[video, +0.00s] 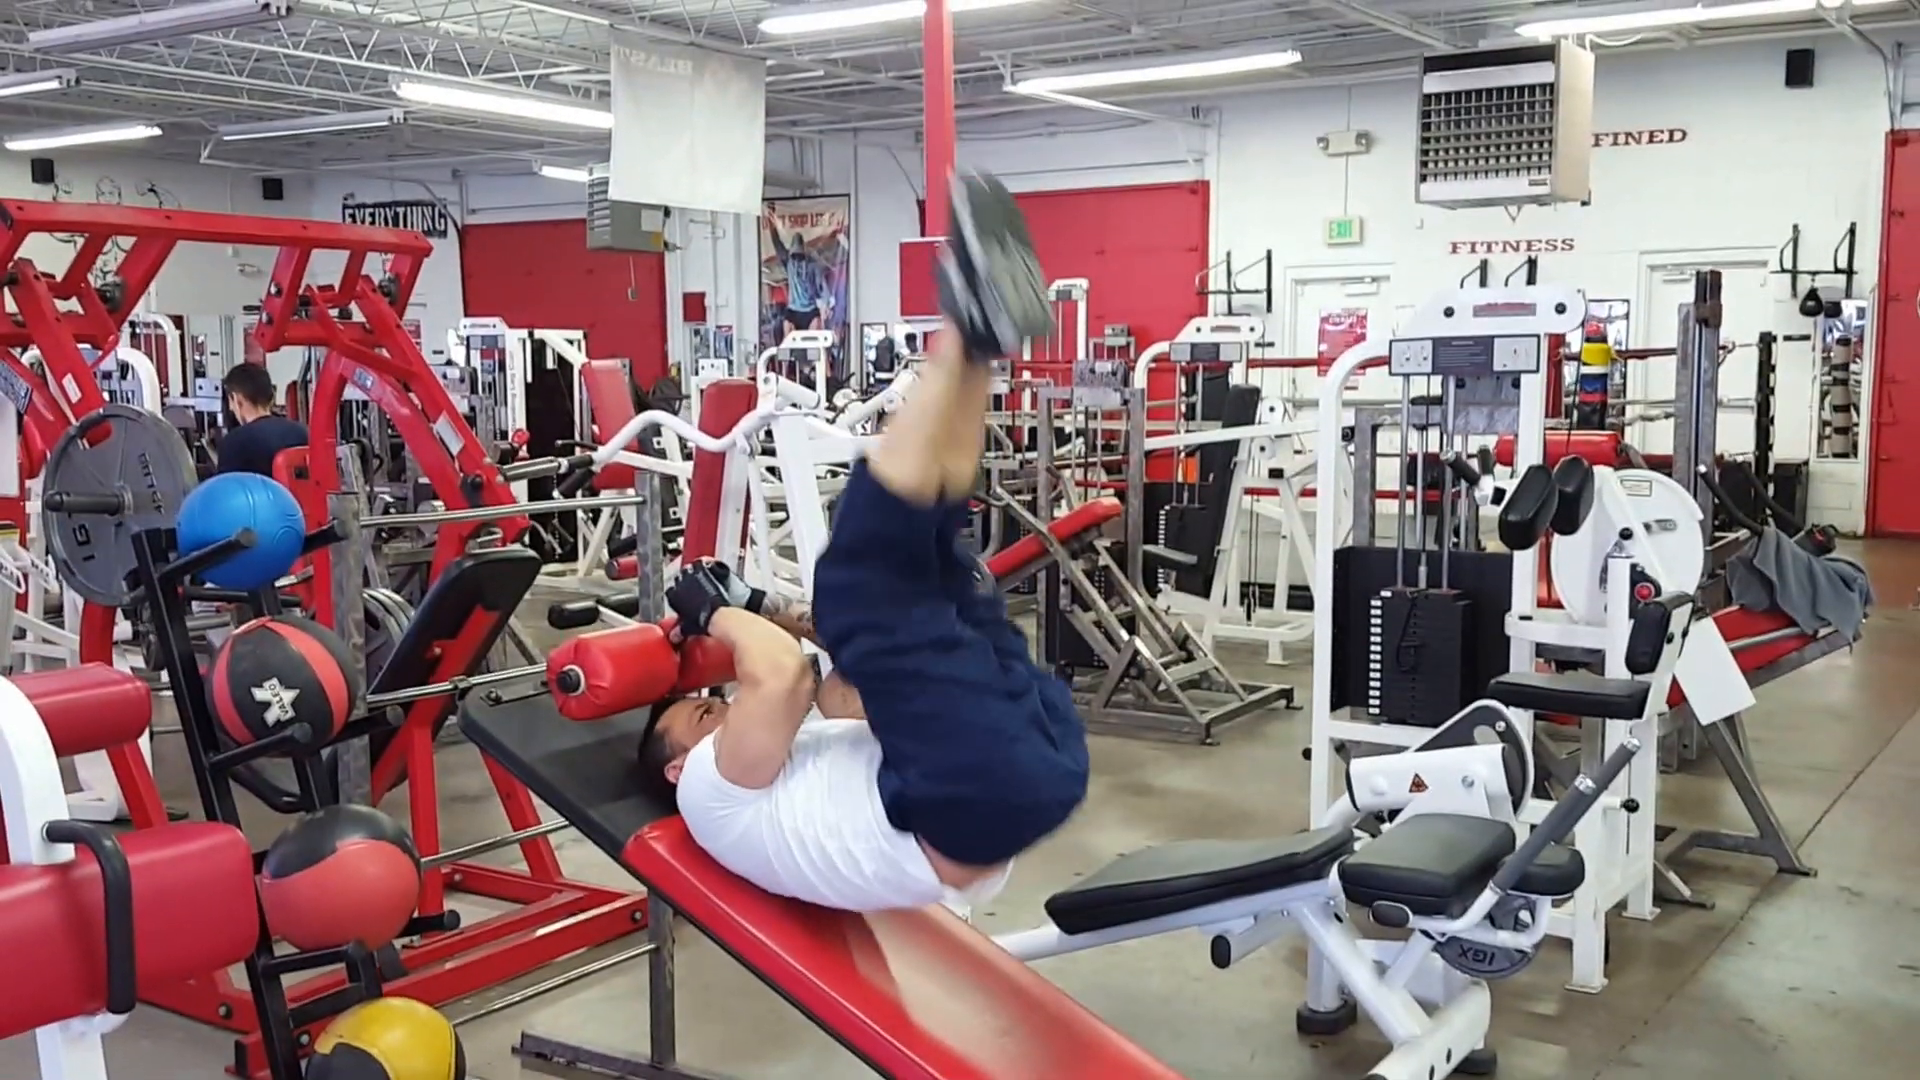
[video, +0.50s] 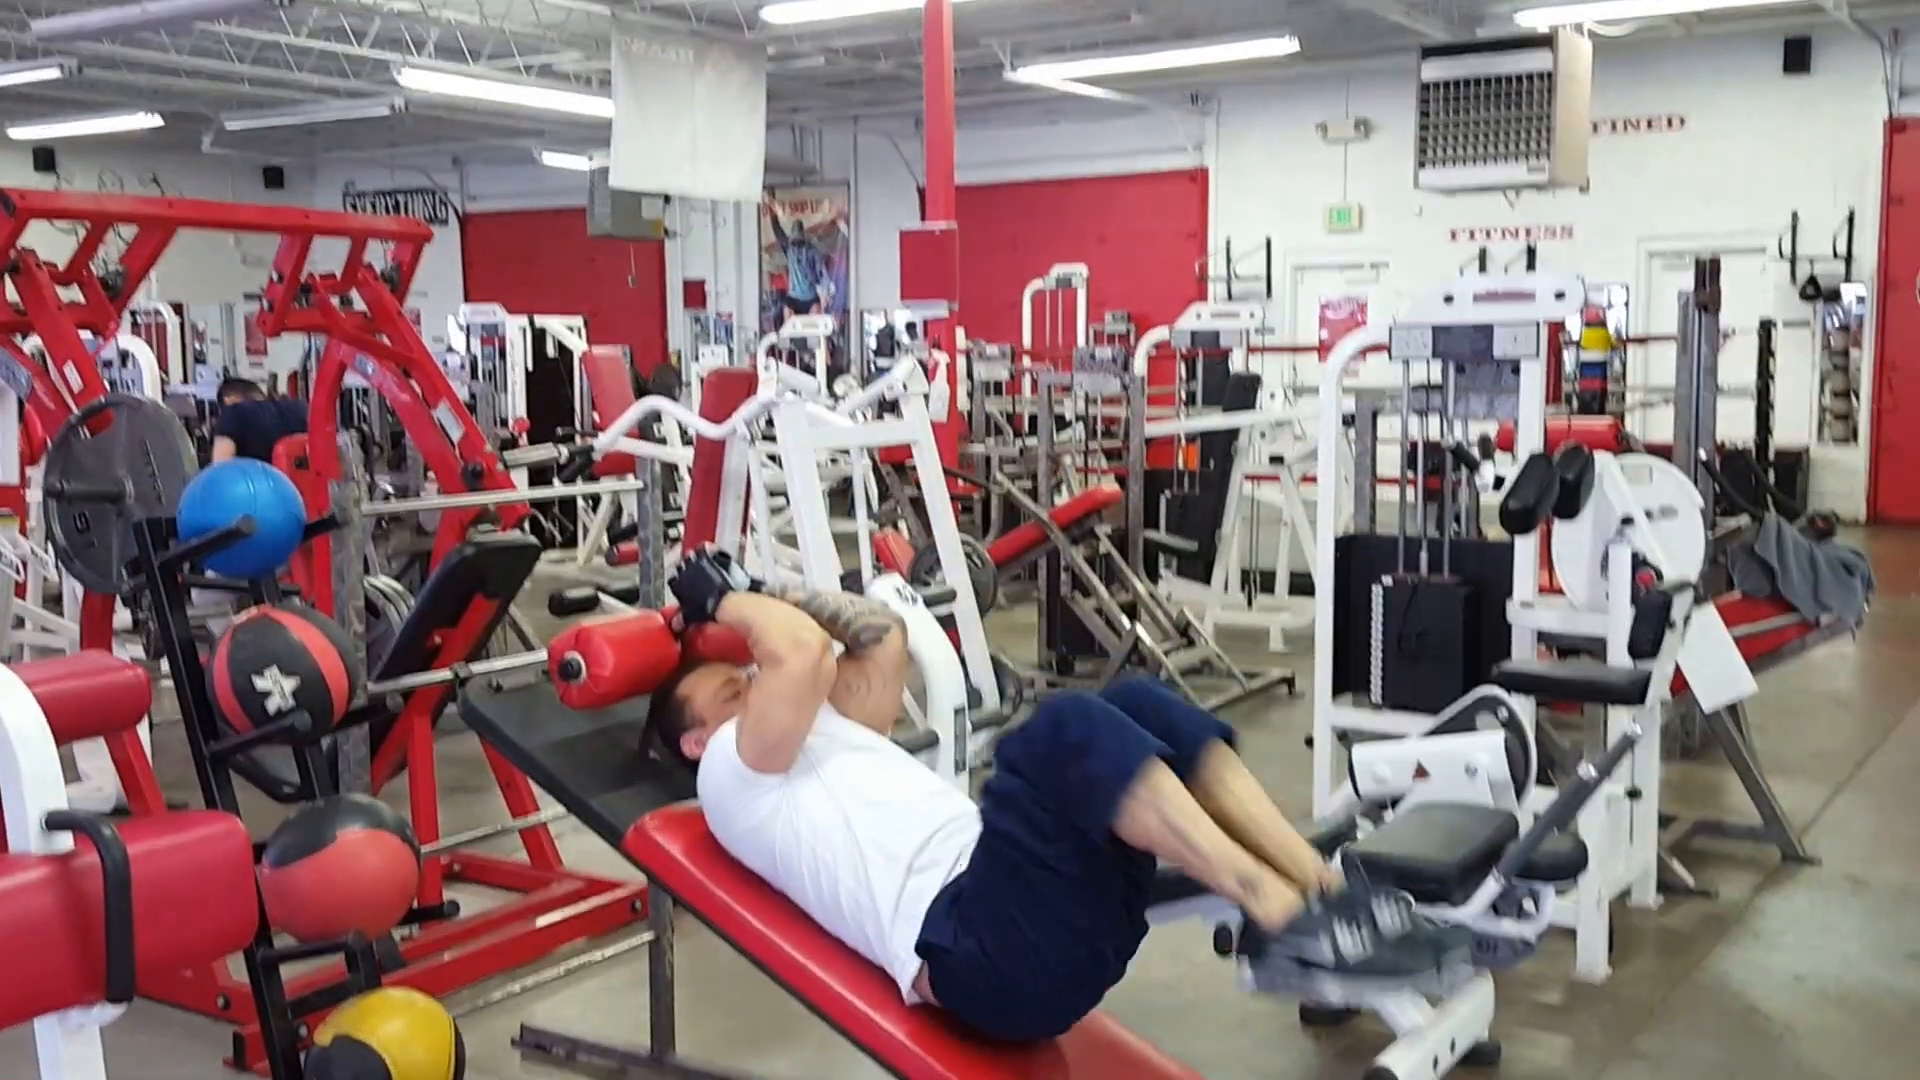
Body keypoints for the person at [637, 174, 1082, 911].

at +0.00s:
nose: (717, 704)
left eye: (710, 701)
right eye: (694, 715)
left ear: (723, 707)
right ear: (677, 767)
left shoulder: (797, 757)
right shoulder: (709, 796)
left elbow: (856, 700)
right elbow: (782, 669)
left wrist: (790, 641)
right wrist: (716, 612)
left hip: (1044, 775)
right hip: (976, 804)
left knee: (929, 565)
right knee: (858, 581)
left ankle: (980, 353)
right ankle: (958, 334)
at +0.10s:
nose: (716, 705)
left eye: (708, 701)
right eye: (695, 715)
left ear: (724, 708)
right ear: (679, 770)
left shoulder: (803, 757)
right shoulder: (711, 795)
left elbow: (850, 702)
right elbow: (789, 674)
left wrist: (750, 613)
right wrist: (717, 611)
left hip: (1053, 813)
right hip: (985, 846)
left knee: (916, 610)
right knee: (859, 620)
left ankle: (1026, 437)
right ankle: (1009, 437)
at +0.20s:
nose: (723, 702)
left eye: (715, 698)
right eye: (699, 713)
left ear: (734, 704)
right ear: (679, 767)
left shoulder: (804, 757)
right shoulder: (714, 794)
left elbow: (844, 682)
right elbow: (787, 669)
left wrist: (762, 622)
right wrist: (716, 609)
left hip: (1051, 852)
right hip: (990, 891)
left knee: (916, 653)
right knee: (878, 657)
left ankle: (1116, 552)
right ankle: (1095, 551)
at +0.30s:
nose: (720, 698)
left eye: (710, 694)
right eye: (700, 703)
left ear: (721, 712)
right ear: (689, 746)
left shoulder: (817, 759)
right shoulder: (724, 781)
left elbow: (880, 675)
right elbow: (792, 661)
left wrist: (787, 632)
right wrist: (722, 608)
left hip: (1046, 880)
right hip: (991, 919)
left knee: (990, 654)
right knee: (937, 670)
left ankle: (1189, 678)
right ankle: (1186, 682)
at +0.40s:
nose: (732, 691)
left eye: (722, 686)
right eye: (714, 693)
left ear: (731, 710)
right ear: (694, 739)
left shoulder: (830, 739)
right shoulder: (730, 781)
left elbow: (887, 638)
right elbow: (800, 653)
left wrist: (788, 608)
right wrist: (722, 604)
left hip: (1050, 909)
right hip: (984, 941)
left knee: (1073, 660)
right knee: (1005, 688)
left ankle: (1291, 788)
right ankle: (1237, 814)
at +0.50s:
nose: (739, 690)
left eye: (728, 683)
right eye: (718, 692)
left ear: (738, 699)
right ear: (696, 733)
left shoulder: (839, 732)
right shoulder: (732, 779)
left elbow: (886, 633)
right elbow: (799, 645)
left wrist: (779, 607)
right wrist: (721, 600)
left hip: (1046, 925)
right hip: (978, 957)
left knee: (1143, 701)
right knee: (1069, 730)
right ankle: (1275, 916)